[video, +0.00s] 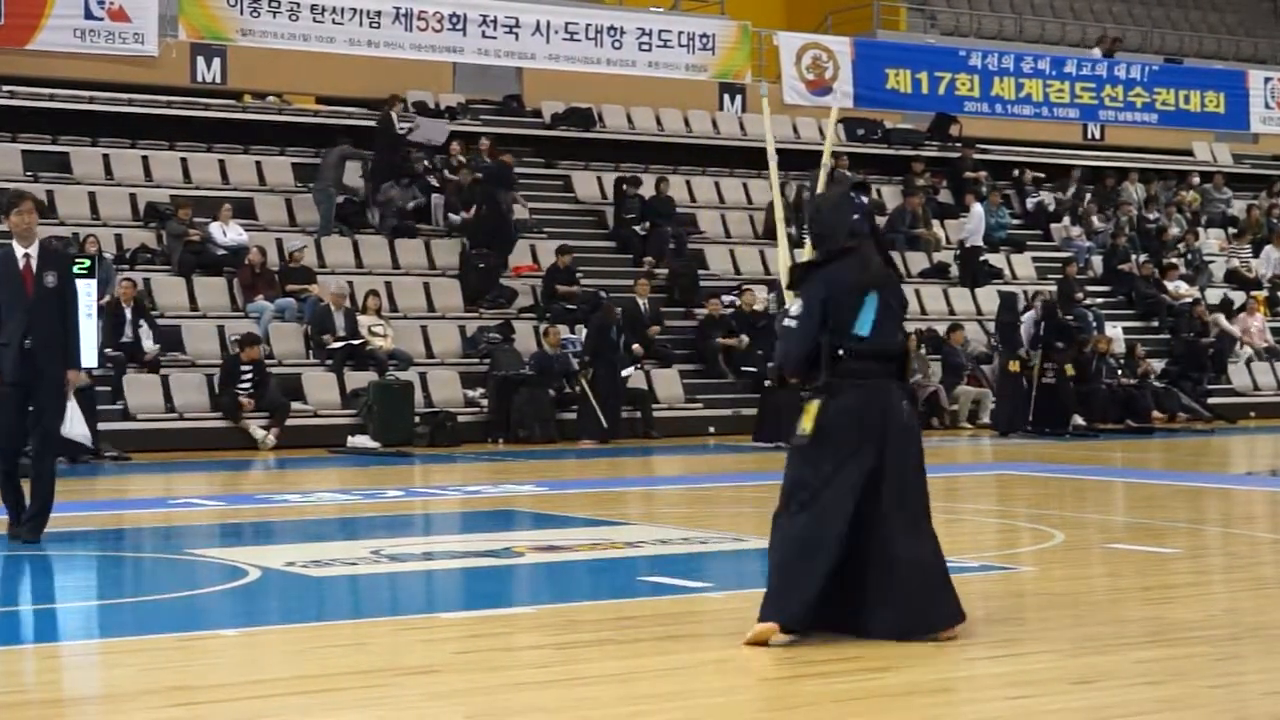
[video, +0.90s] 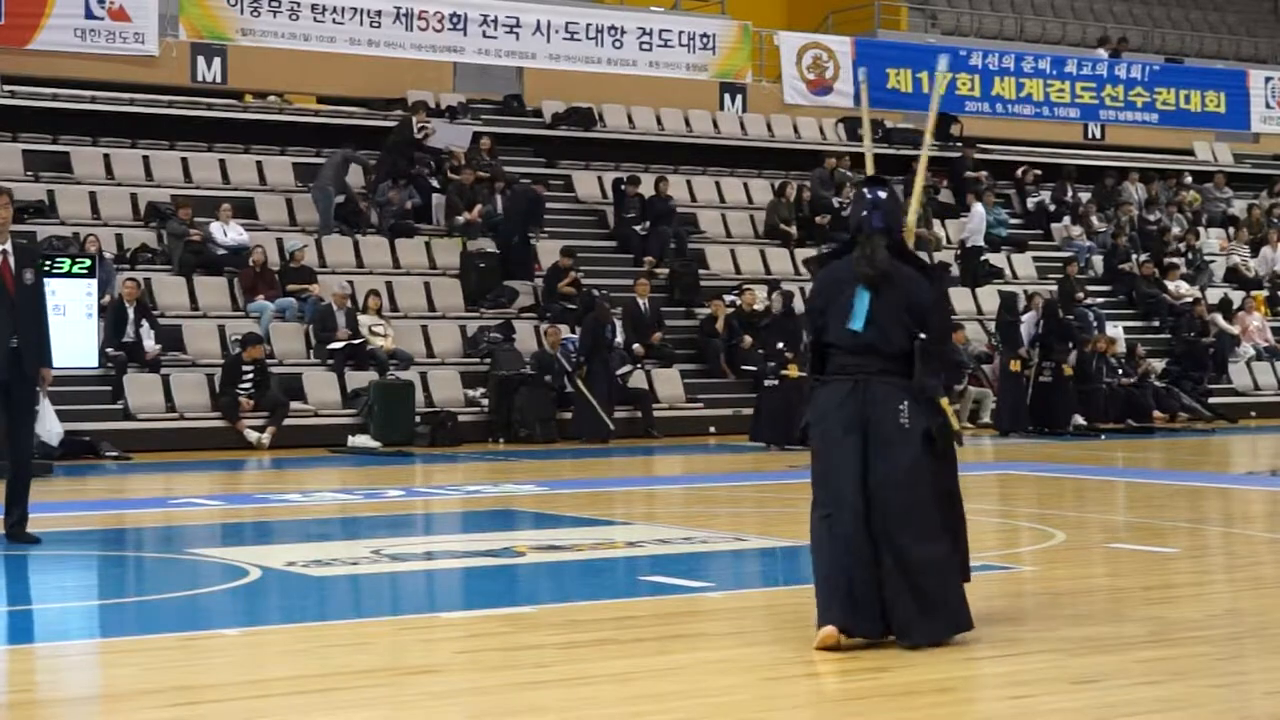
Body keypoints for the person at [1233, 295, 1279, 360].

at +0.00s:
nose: (1252, 306)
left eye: (1254, 304)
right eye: (1250, 304)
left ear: (1257, 305)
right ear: (1246, 306)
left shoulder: (1260, 317)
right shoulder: (1241, 317)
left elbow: (1266, 331)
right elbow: (1237, 331)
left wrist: (1271, 342)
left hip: (1262, 342)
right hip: (1250, 342)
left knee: (1276, 350)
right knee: (1259, 351)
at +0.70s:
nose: (1251, 305)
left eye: (1253, 303)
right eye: (1248, 303)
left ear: (1257, 304)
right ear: (1246, 305)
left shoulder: (1261, 316)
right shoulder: (1242, 315)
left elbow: (1266, 331)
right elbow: (1238, 329)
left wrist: (1272, 342)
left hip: (1261, 342)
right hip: (1248, 342)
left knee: (1276, 350)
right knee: (1260, 352)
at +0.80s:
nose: (1251, 305)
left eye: (1252, 302)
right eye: (1248, 303)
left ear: (1255, 303)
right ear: (1245, 305)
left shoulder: (1259, 315)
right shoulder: (1241, 315)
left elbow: (1266, 330)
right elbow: (1238, 331)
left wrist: (1273, 343)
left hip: (1262, 342)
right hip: (1249, 343)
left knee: (1276, 351)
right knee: (1260, 352)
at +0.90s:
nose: (1250, 305)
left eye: (1251, 302)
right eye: (1247, 303)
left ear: (1255, 304)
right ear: (1244, 305)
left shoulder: (1258, 315)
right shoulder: (1240, 316)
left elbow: (1266, 329)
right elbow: (1238, 332)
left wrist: (1272, 342)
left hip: (1262, 341)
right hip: (1249, 343)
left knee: (1276, 351)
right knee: (1260, 352)